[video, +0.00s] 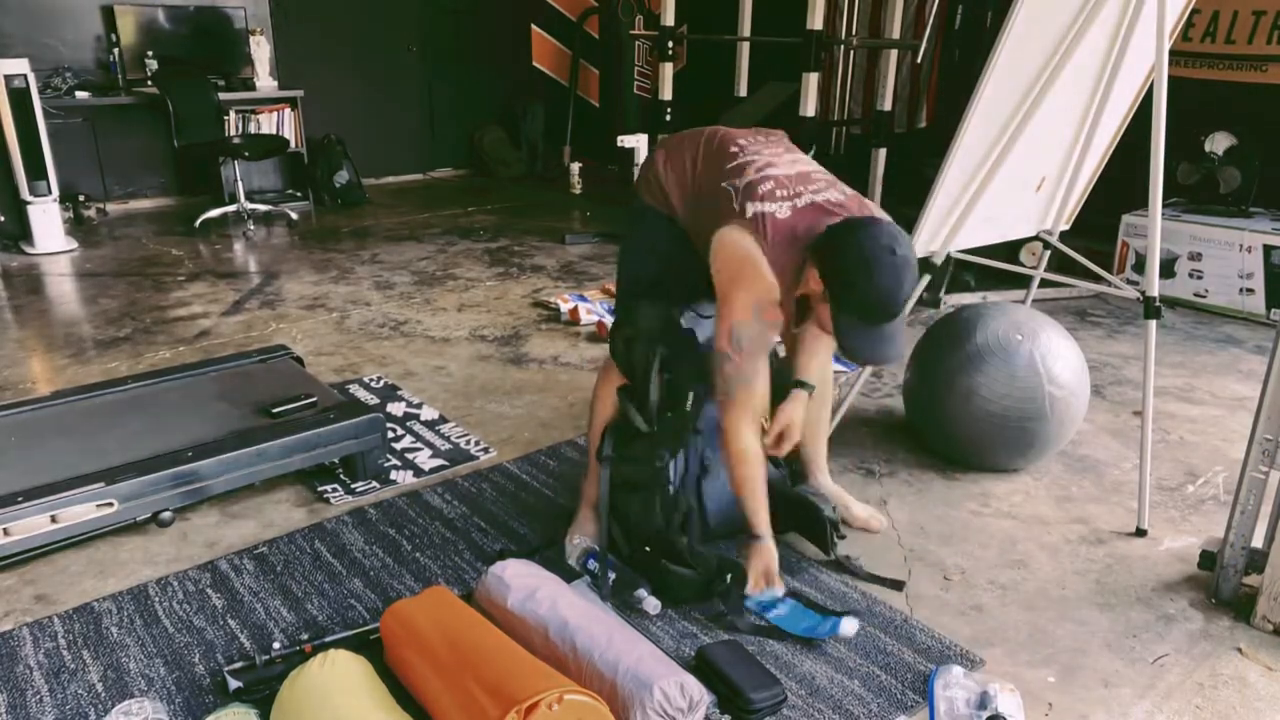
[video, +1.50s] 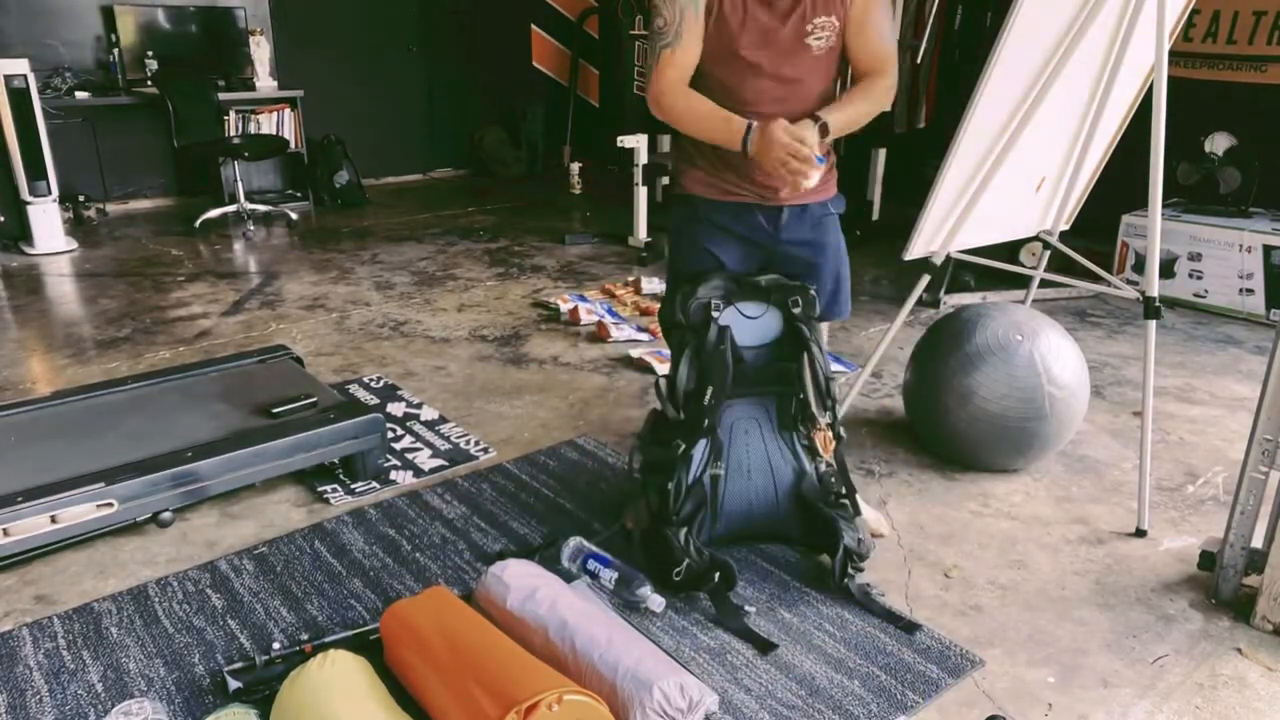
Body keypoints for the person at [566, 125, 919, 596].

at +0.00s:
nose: (839, 330)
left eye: (849, 329)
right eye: (839, 321)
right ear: (818, 281)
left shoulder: (874, 235)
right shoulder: (755, 259)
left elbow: (823, 316)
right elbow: (739, 413)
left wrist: (801, 392)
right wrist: (760, 536)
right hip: (673, 190)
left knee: (818, 343)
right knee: (632, 359)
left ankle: (815, 479)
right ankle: (592, 507)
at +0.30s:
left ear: (733, 287)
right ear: (648, 291)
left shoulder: (776, 255)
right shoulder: (624, 254)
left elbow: (796, 397)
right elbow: (618, 405)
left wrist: (738, 508)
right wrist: (659, 519)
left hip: (752, 143)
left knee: (794, 338)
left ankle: (813, 481)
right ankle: (592, 508)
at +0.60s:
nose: (848, 356)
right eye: (845, 343)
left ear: (921, 309)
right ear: (830, 301)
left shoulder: (946, 271)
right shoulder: (776, 273)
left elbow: (895, 326)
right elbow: (749, 441)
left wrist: (841, 393)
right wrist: (755, 576)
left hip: (848, 162)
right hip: (742, 188)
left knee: (888, 370)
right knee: (669, 367)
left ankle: (867, 526)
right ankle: (605, 505)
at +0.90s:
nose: (852, 76)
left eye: (869, 63)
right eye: (844, 61)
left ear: (892, 32)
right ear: (815, 24)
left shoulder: (877, 40)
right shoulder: (764, 44)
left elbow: (889, 136)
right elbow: (700, 174)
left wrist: (848, 215)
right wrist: (760, 256)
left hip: (776, 201)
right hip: (691, 202)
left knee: (784, 348)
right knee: (662, 359)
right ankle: (626, 509)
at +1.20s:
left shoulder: (853, 3)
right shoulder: (683, 5)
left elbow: (876, 77)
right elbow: (658, 86)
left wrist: (830, 120)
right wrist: (736, 128)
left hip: (807, 210)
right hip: (710, 206)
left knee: (807, 369)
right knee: (700, 369)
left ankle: (822, 489)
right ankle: (689, 495)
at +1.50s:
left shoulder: (855, 2)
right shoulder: (694, 5)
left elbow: (880, 80)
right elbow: (664, 92)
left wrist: (818, 129)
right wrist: (750, 137)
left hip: (810, 210)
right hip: (713, 206)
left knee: (809, 370)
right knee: (704, 367)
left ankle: (825, 488)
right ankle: (688, 492)